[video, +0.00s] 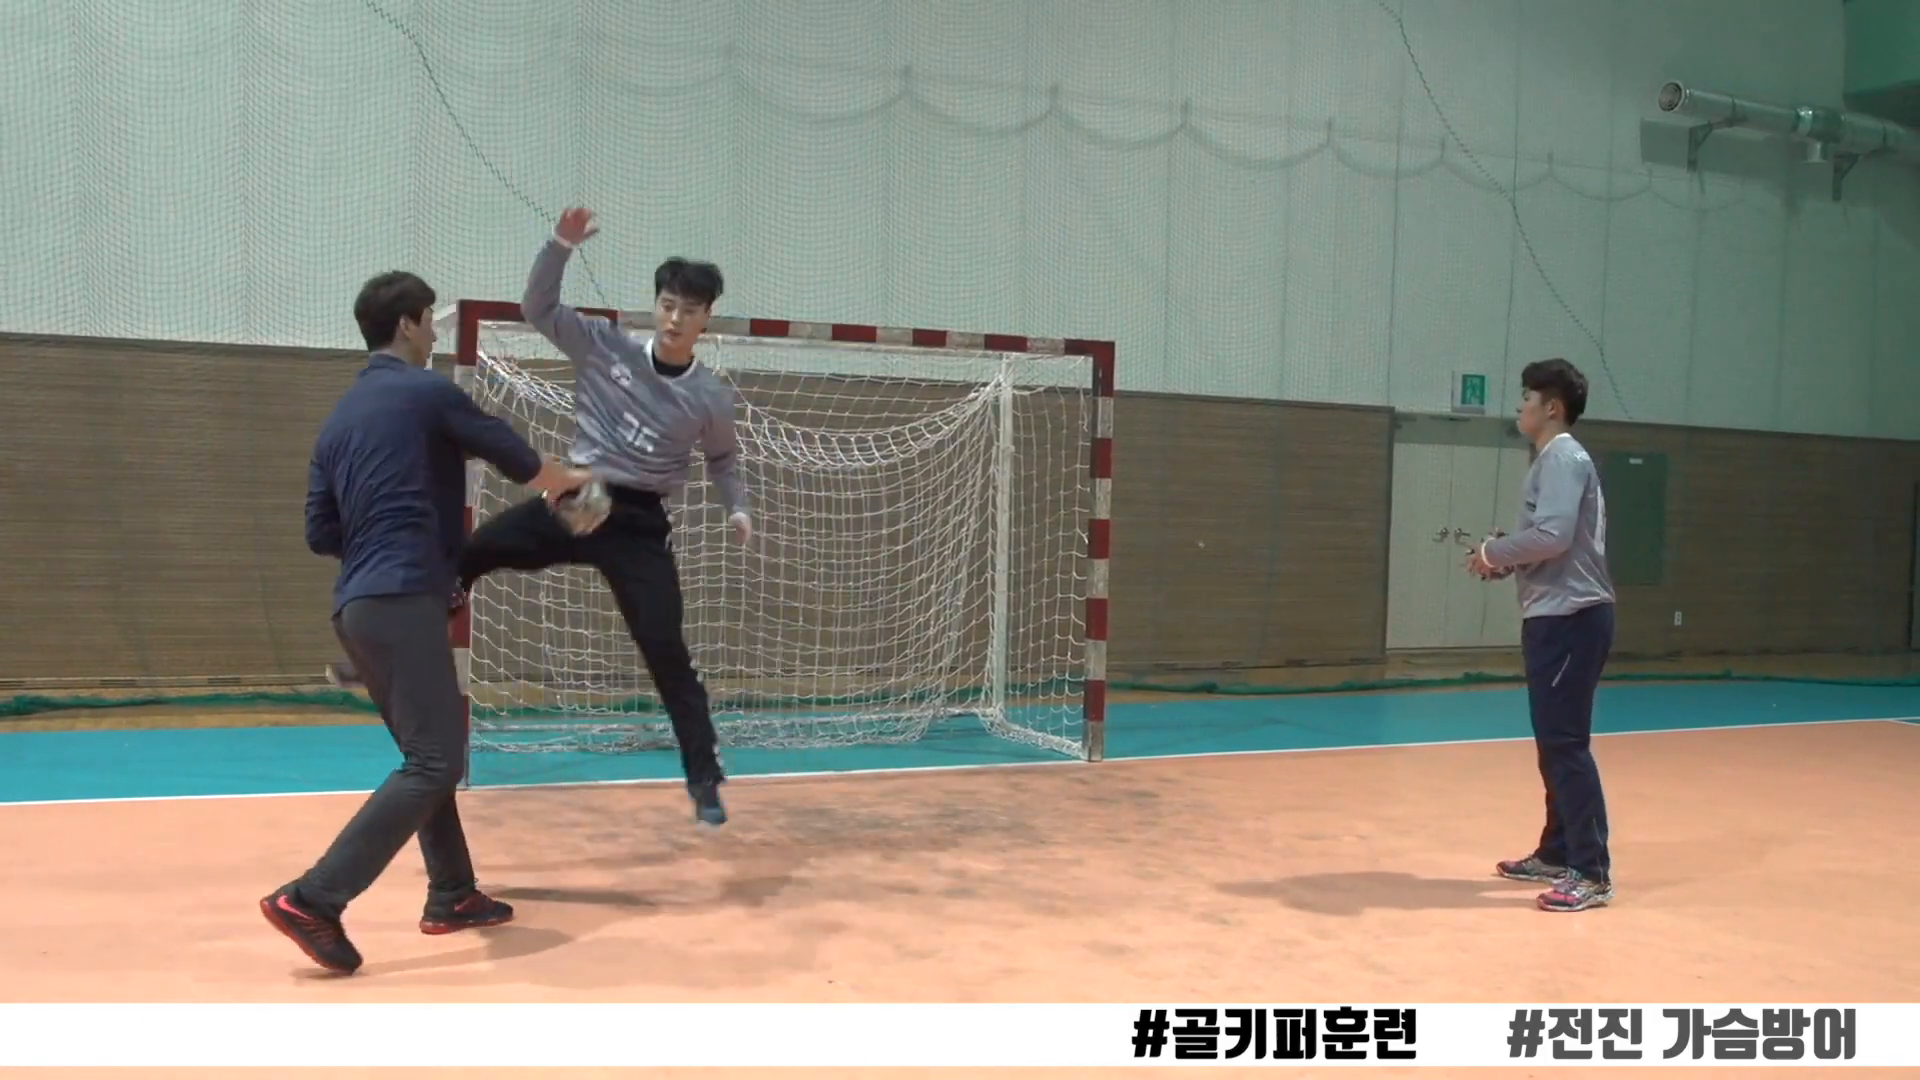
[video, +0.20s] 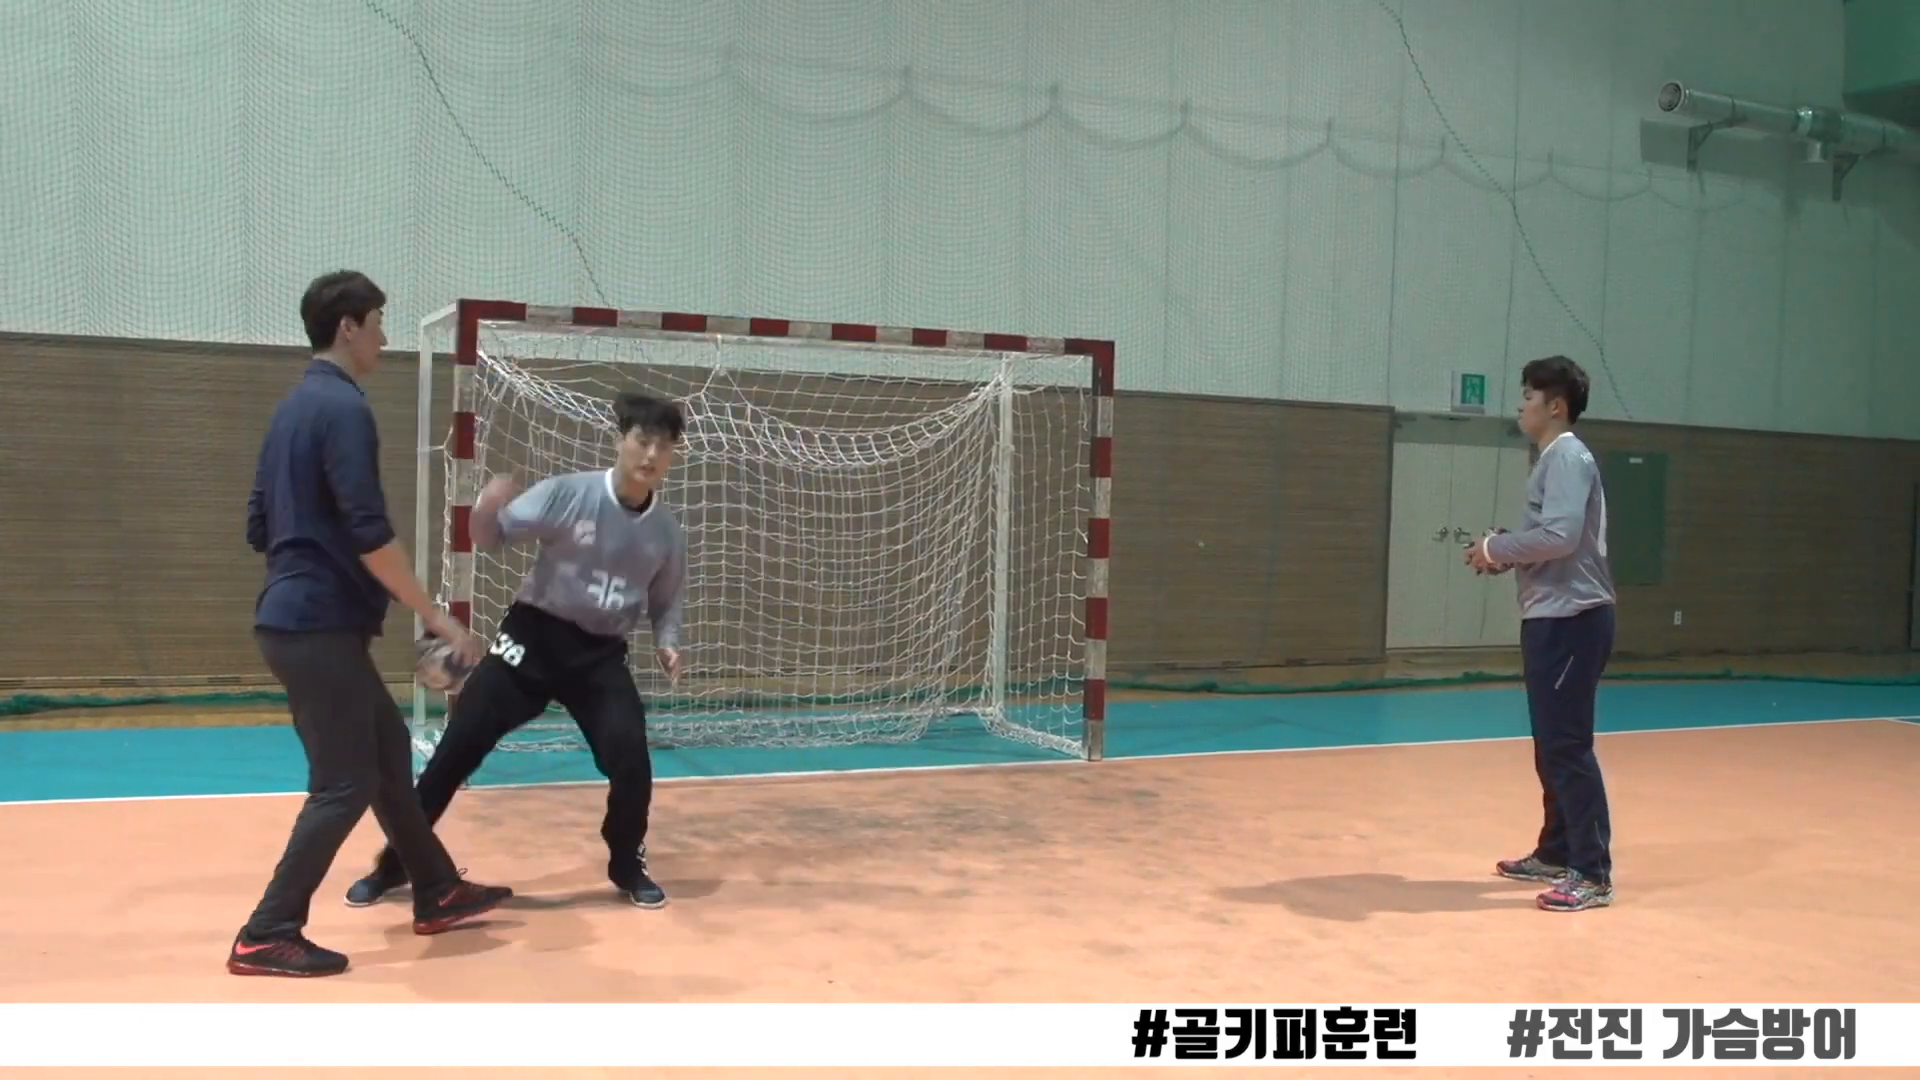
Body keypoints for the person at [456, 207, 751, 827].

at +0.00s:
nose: (674, 319)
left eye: (688, 312)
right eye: (668, 306)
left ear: (706, 320)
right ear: (655, 304)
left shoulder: (711, 399)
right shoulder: (607, 345)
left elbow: (725, 463)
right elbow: (538, 310)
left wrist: (739, 508)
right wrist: (561, 246)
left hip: (637, 528)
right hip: (569, 505)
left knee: (665, 651)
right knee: (472, 550)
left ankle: (705, 785)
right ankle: (383, 649)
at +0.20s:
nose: (651, 455)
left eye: (663, 445)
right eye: (642, 441)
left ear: (675, 456)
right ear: (620, 442)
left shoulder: (667, 535)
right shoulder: (568, 495)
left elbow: (667, 605)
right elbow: (488, 539)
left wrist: (669, 644)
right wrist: (488, 508)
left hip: (600, 658)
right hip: (531, 640)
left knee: (632, 763)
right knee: (458, 749)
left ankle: (627, 866)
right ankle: (395, 862)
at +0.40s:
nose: (671, 482)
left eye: (676, 471)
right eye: (662, 470)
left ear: (678, 473)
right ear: (628, 465)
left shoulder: (676, 541)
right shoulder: (569, 520)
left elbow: (706, 613)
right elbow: (505, 567)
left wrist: (713, 654)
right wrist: (443, 596)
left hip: (617, 662)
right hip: (547, 651)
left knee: (618, 747)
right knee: (473, 741)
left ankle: (612, 866)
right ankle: (400, 851)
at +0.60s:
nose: (695, 435)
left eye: (698, 425)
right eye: (684, 424)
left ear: (698, 431)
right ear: (652, 427)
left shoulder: (707, 500)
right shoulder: (604, 484)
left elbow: (714, 556)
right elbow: (552, 526)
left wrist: (717, 603)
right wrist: (530, 557)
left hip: (662, 625)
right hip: (600, 621)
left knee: (657, 730)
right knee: (561, 729)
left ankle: (646, 846)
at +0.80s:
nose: (737, 424)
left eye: (740, 415)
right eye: (727, 414)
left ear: (742, 420)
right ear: (699, 417)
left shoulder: (757, 479)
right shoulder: (661, 473)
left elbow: (795, 506)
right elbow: (604, 503)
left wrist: (832, 490)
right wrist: (572, 486)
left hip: (717, 613)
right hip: (657, 606)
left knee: (719, 723)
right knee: (608, 706)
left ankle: (710, 778)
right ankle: (577, 814)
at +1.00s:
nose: (819, 442)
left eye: (820, 433)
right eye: (811, 432)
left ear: (818, 435)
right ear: (781, 432)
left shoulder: (824, 479)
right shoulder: (738, 479)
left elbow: (853, 500)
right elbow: (684, 508)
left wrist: (888, 492)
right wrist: (680, 494)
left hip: (793, 604)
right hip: (738, 604)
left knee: (824, 687)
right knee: (722, 698)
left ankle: (772, 758)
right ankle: (712, 758)